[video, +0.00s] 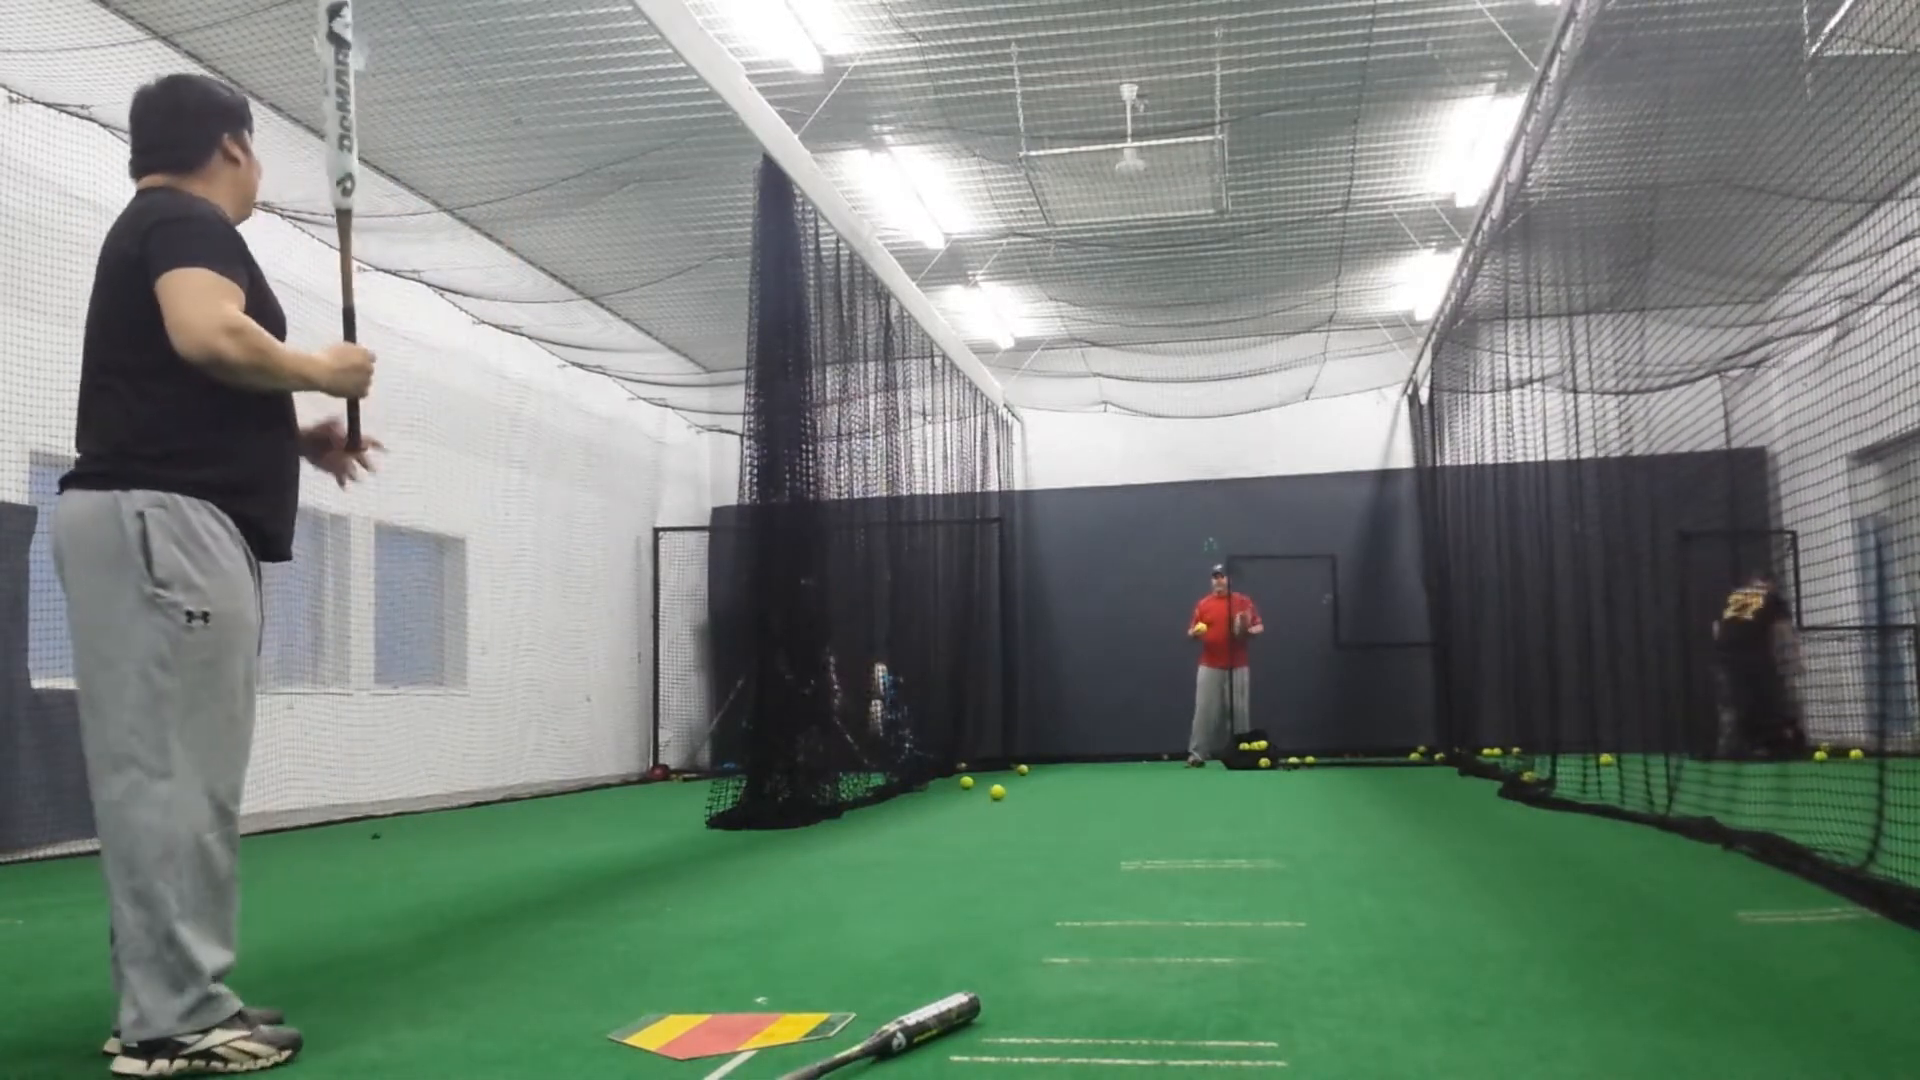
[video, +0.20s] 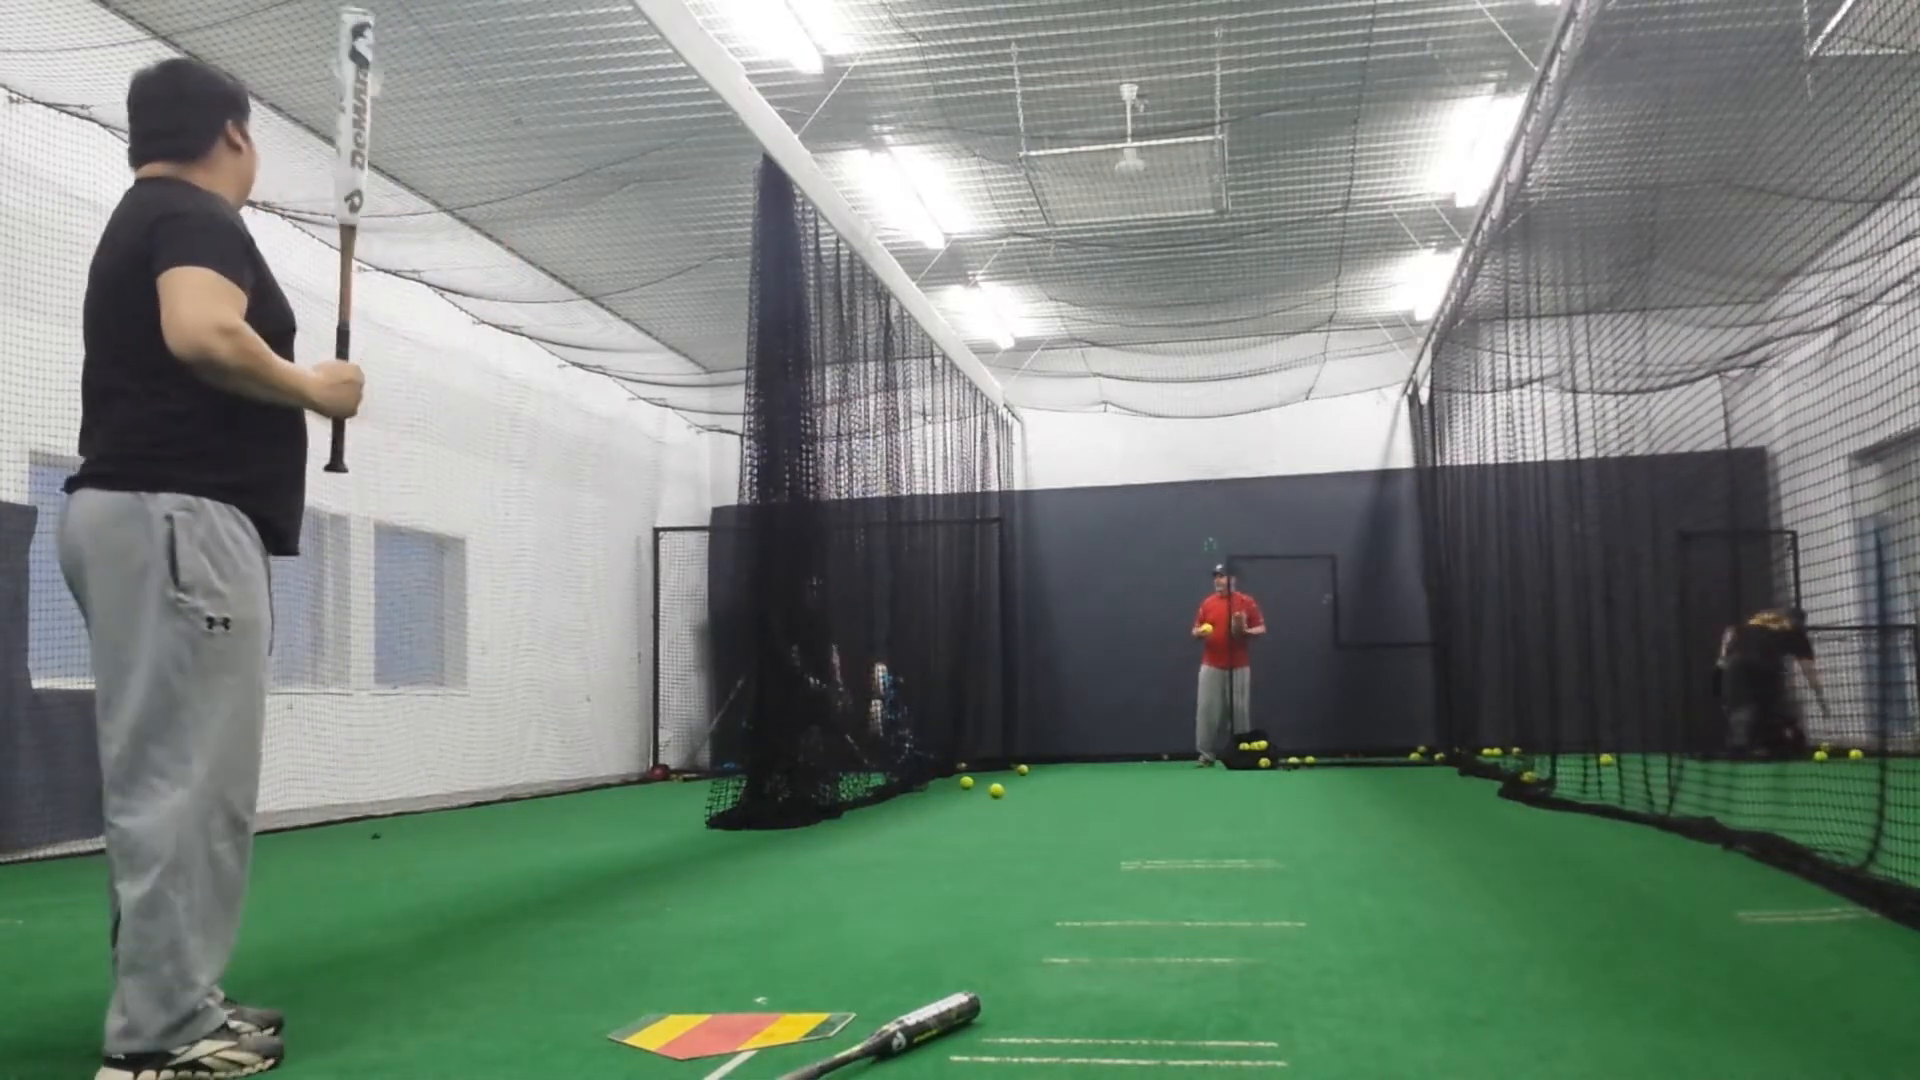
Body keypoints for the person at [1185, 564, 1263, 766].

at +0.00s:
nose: (1218, 581)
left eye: (1222, 577)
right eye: (1215, 577)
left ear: (1228, 579)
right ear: (1211, 581)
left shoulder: (1243, 602)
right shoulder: (1204, 604)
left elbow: (1259, 626)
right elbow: (1191, 631)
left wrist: (1246, 629)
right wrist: (1197, 630)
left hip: (1237, 664)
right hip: (1211, 664)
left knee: (1240, 708)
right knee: (1205, 709)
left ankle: (1240, 753)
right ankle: (1198, 753)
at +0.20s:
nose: (1218, 580)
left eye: (1222, 576)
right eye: (1216, 577)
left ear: (1232, 579)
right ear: (1214, 580)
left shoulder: (1246, 602)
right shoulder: (1208, 604)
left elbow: (1261, 628)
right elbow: (1195, 629)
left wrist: (1246, 630)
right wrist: (1201, 631)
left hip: (1238, 664)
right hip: (1213, 663)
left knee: (1240, 707)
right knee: (1208, 708)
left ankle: (1242, 752)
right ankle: (1207, 753)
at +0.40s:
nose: (1218, 580)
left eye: (1222, 576)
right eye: (1216, 576)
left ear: (1233, 579)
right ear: (1214, 579)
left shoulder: (1246, 602)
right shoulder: (1207, 602)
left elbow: (1261, 629)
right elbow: (1194, 627)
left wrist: (1245, 630)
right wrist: (1201, 628)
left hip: (1238, 663)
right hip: (1212, 663)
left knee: (1240, 708)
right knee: (1214, 708)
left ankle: (1242, 750)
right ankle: (1217, 751)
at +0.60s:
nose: (1219, 580)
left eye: (1223, 576)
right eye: (1216, 576)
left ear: (1232, 579)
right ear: (1213, 580)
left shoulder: (1244, 601)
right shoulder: (1205, 601)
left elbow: (1259, 627)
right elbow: (1191, 627)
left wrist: (1245, 630)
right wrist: (1198, 627)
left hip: (1237, 663)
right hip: (1211, 663)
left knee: (1239, 708)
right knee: (1214, 709)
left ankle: (1241, 751)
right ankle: (1217, 752)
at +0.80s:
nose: (1217, 580)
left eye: (1220, 576)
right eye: (1214, 577)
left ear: (1228, 578)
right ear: (1210, 580)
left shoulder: (1241, 601)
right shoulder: (1203, 602)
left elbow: (1257, 626)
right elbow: (1190, 630)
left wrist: (1243, 629)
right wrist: (1198, 627)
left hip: (1236, 663)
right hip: (1210, 664)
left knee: (1239, 708)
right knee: (1213, 709)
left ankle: (1241, 751)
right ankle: (1216, 752)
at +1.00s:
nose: (1214, 580)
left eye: (1217, 576)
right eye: (1211, 577)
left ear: (1226, 579)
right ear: (1207, 580)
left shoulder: (1239, 601)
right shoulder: (1201, 602)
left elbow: (1256, 625)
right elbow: (1188, 630)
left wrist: (1244, 628)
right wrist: (1195, 629)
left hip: (1235, 663)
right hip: (1209, 664)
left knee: (1238, 708)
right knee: (1212, 709)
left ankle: (1240, 751)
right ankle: (1216, 752)